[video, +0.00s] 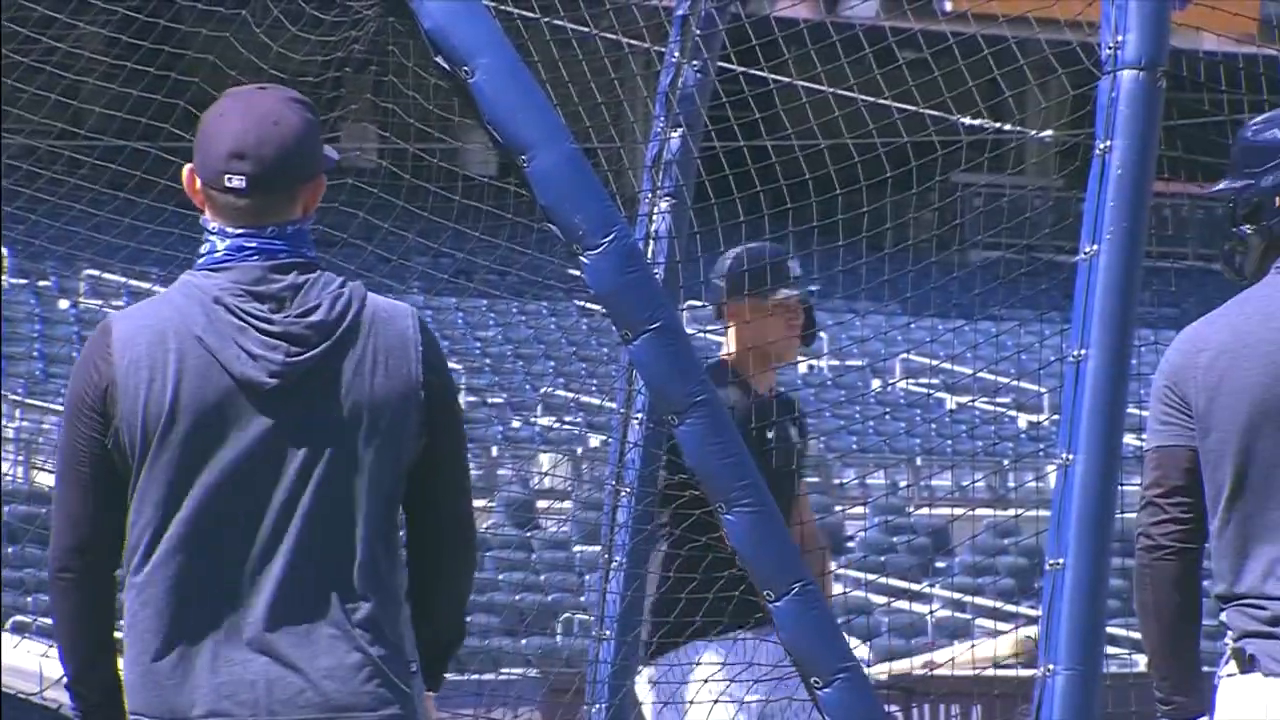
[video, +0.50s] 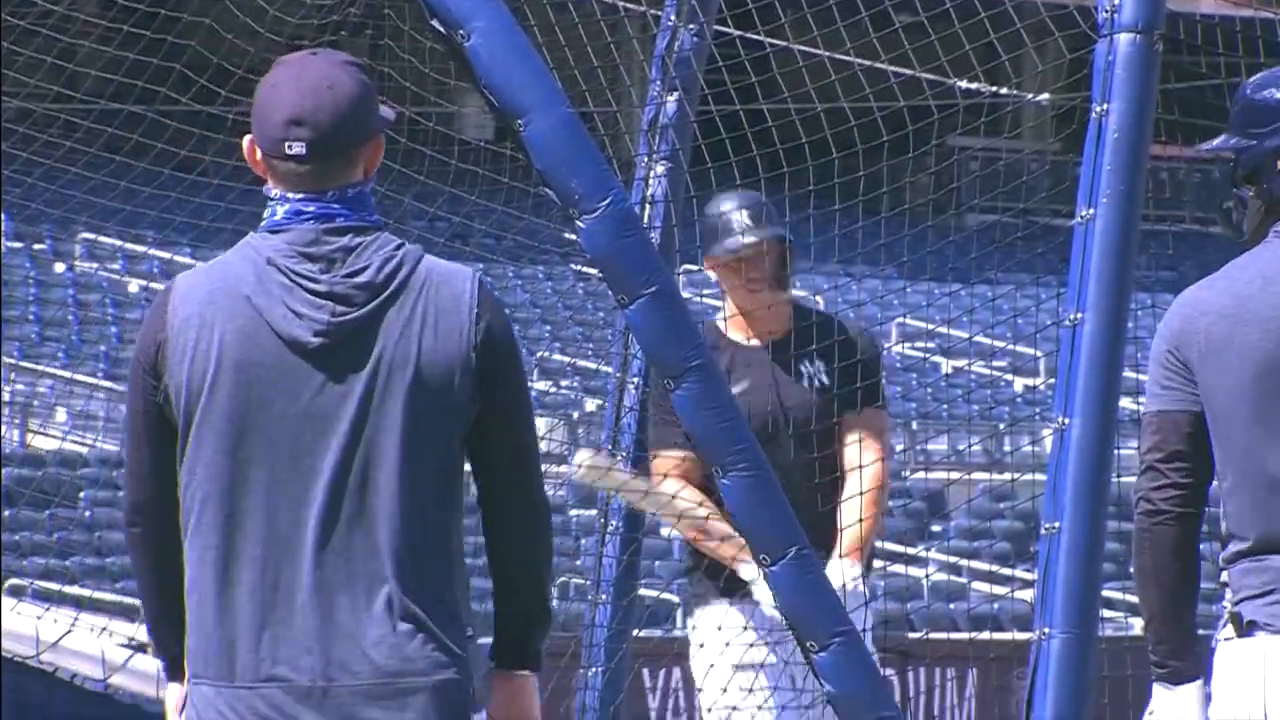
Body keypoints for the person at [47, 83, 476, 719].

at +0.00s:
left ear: (192, 188)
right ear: (315, 194)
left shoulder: (123, 346)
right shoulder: (401, 339)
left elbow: (77, 564)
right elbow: (448, 543)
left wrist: (101, 705)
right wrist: (417, 680)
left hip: (183, 698)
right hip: (362, 696)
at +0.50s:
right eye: (381, 138)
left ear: (253, 158)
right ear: (375, 156)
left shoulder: (183, 310)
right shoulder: (462, 303)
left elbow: (148, 513)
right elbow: (517, 505)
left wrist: (177, 670)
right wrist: (518, 665)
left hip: (236, 694)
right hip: (416, 693)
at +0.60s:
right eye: (379, 115)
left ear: (250, 135)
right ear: (371, 132)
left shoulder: (181, 287)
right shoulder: (456, 280)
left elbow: (151, 494)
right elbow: (520, 474)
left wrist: (189, 622)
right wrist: (525, 639)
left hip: (238, 683)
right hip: (411, 680)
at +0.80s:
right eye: (345, 116)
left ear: (214, 134)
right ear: (336, 131)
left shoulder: (146, 284)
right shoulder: (419, 278)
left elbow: (118, 490)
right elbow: (486, 470)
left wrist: (170, 611)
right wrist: (504, 632)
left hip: (207, 683)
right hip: (386, 681)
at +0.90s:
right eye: (314, 113)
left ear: (185, 140)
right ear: (307, 132)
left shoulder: (120, 292)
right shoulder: (394, 282)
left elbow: (90, 496)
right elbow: (455, 476)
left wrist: (140, 637)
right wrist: (468, 633)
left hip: (182, 682)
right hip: (364, 680)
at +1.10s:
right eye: (281, 114)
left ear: (153, 145)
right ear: (275, 134)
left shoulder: (95, 294)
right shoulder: (371, 281)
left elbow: (59, 504)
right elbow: (424, 484)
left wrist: (81, 652)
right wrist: (411, 623)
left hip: (154, 684)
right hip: (335, 681)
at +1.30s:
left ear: (235, 135)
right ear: (358, 126)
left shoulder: (177, 286)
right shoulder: (450, 276)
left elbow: (123, 489)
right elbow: (492, 467)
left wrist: (129, 646)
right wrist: (459, 595)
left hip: (243, 673)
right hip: (419, 674)